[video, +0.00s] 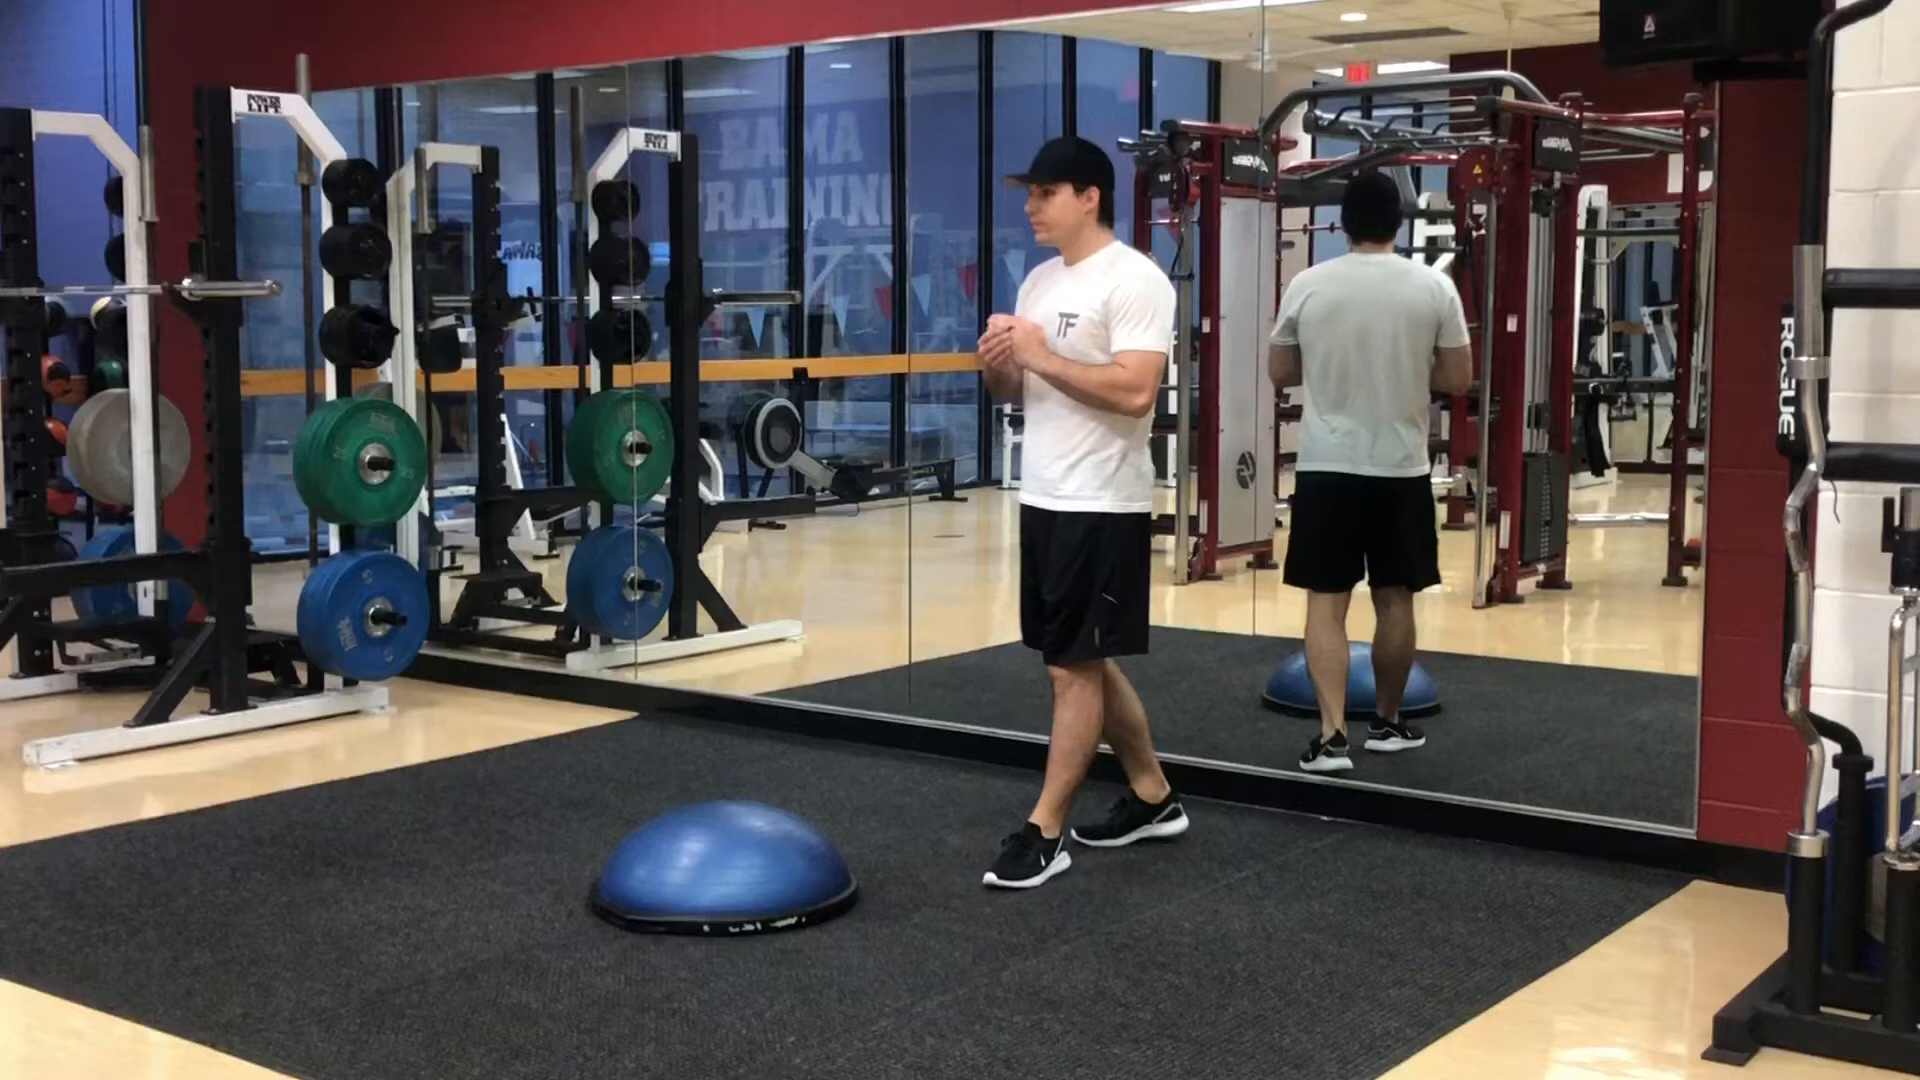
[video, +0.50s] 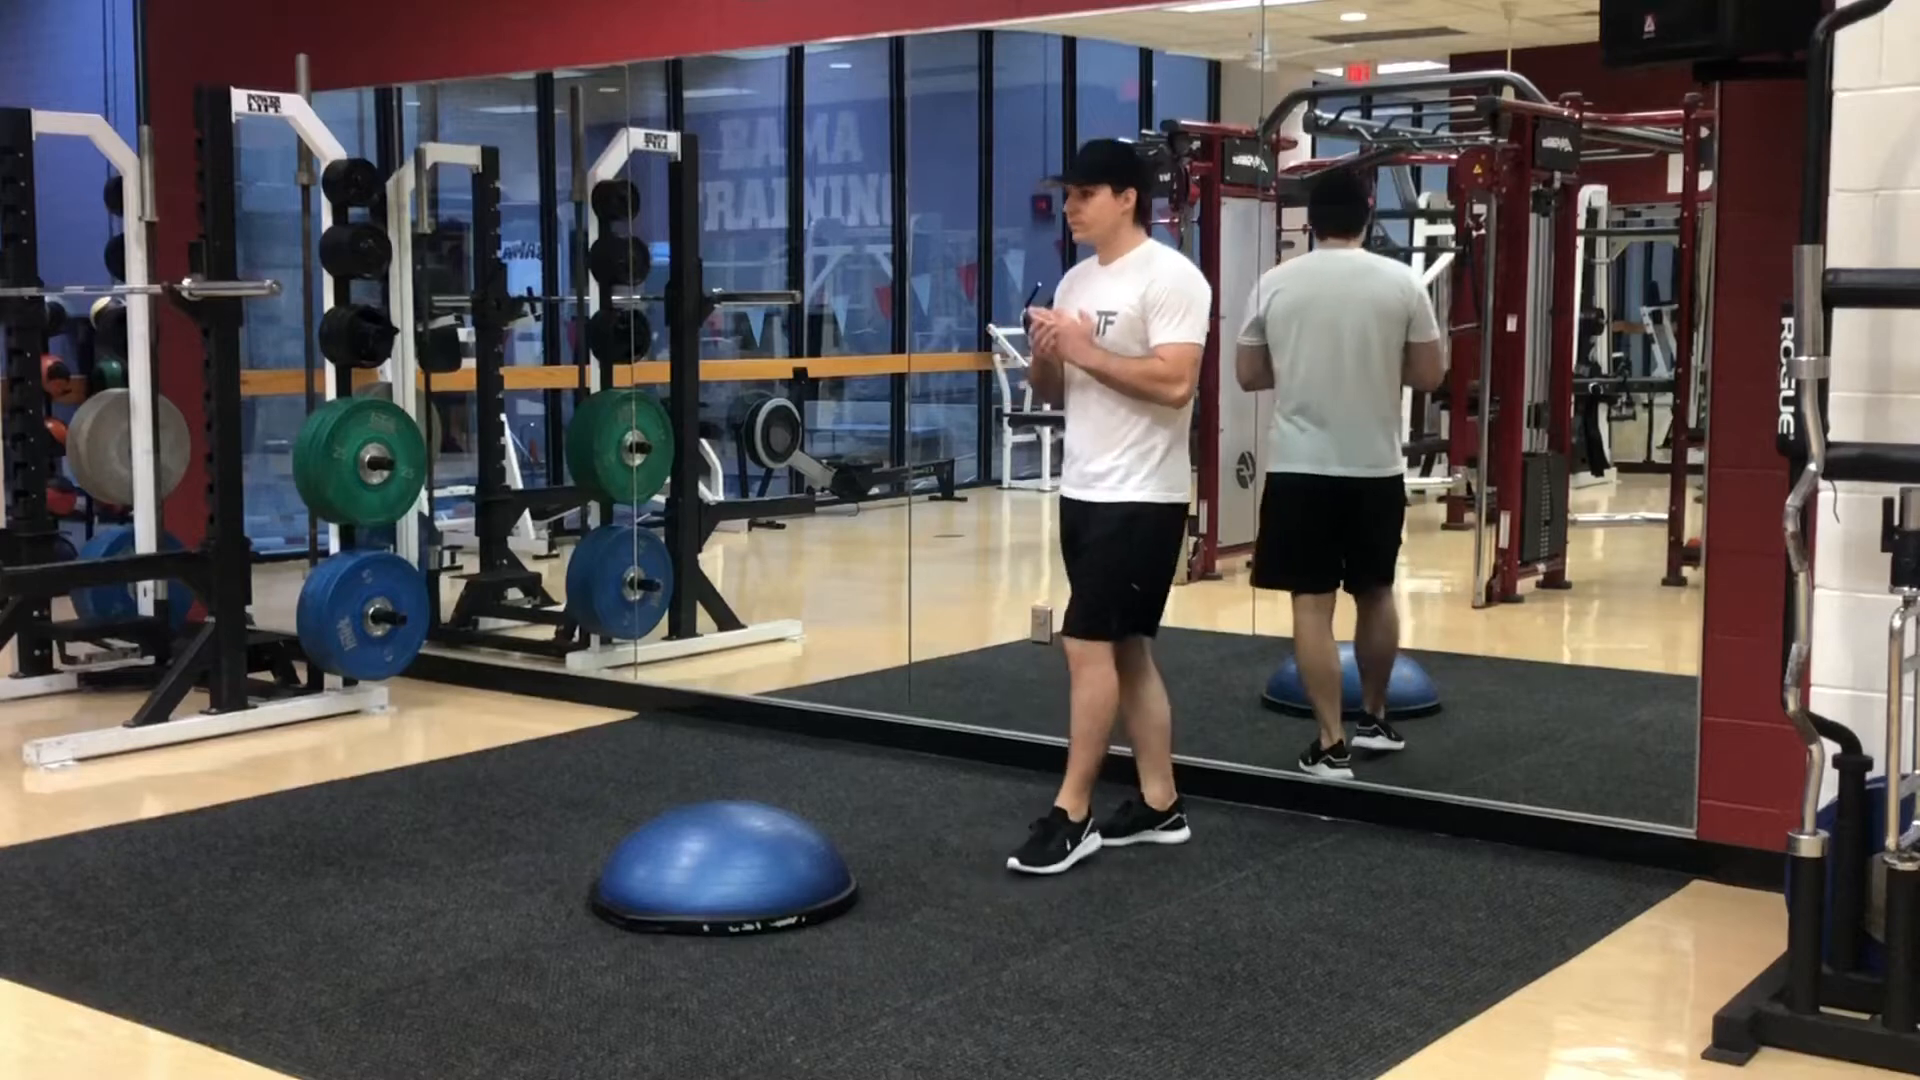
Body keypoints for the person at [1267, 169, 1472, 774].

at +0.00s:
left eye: (1353, 219)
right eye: (1388, 218)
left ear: (1343, 224)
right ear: (1399, 224)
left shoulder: (1309, 284)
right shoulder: (1432, 286)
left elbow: (1282, 371)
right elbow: (1456, 379)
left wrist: (1338, 357)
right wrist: (1403, 364)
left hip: (1326, 471)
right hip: (1401, 472)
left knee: (1327, 602)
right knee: (1395, 597)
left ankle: (1331, 738)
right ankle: (1388, 724)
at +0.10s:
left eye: (1347, 222)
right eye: (1379, 221)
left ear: (1337, 226)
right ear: (1392, 225)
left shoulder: (1304, 286)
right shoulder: (1427, 287)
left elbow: (1275, 374)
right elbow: (1451, 381)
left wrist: (1330, 357)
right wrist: (1403, 363)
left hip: (1320, 473)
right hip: (1395, 475)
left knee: (1324, 604)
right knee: (1391, 600)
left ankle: (1331, 743)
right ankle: (1387, 724)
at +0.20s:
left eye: (1340, 224)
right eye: (1370, 223)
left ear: (1329, 228)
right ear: (1384, 227)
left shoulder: (1295, 287)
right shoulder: (1419, 290)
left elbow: (1264, 374)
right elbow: (1443, 383)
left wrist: (1320, 362)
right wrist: (1395, 359)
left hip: (1310, 473)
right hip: (1387, 476)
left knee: (1318, 607)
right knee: (1385, 601)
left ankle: (1332, 746)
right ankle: (1386, 723)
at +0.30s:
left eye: (1331, 222)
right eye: (1364, 221)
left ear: (1321, 226)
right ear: (1376, 226)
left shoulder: (1287, 285)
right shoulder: (1413, 286)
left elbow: (1256, 374)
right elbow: (1435, 379)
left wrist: (1314, 370)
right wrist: (1383, 363)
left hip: (1305, 472)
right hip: (1381, 473)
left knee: (1315, 603)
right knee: (1380, 596)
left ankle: (1332, 745)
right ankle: (1383, 720)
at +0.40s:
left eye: (1320, 220)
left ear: (1314, 223)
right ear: (1372, 224)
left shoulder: (1280, 284)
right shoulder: (1407, 284)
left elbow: (1252, 374)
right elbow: (1431, 374)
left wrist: (1311, 364)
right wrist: (1378, 358)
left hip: (1302, 471)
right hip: (1378, 471)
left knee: (1313, 604)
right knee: (1378, 592)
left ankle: (1332, 746)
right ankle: (1378, 720)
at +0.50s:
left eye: (1322, 218)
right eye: (1357, 217)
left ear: (1311, 222)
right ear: (1367, 221)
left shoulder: (1277, 282)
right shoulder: (1402, 282)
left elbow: (1250, 374)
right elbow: (1428, 373)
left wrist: (1309, 361)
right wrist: (1375, 358)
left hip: (1300, 472)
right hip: (1375, 471)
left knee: (1312, 604)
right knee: (1376, 592)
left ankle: (1331, 745)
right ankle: (1375, 721)